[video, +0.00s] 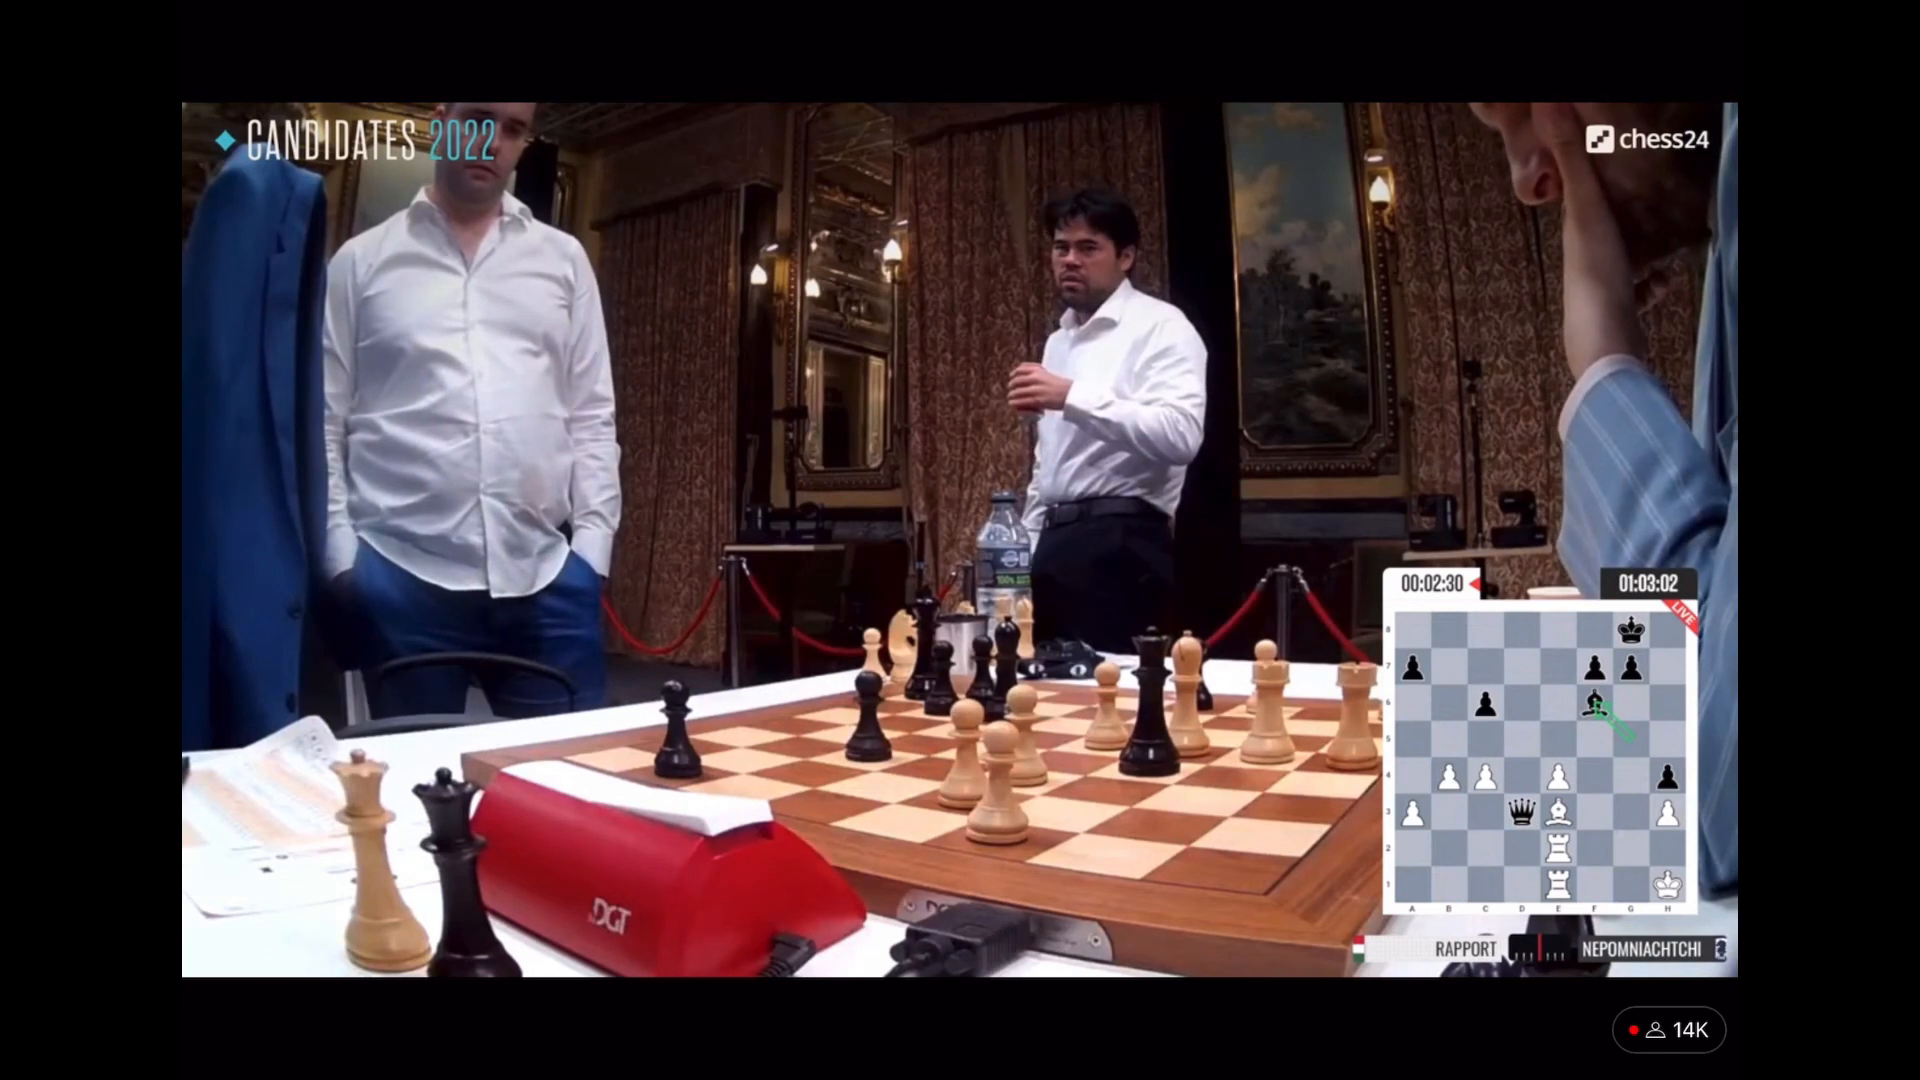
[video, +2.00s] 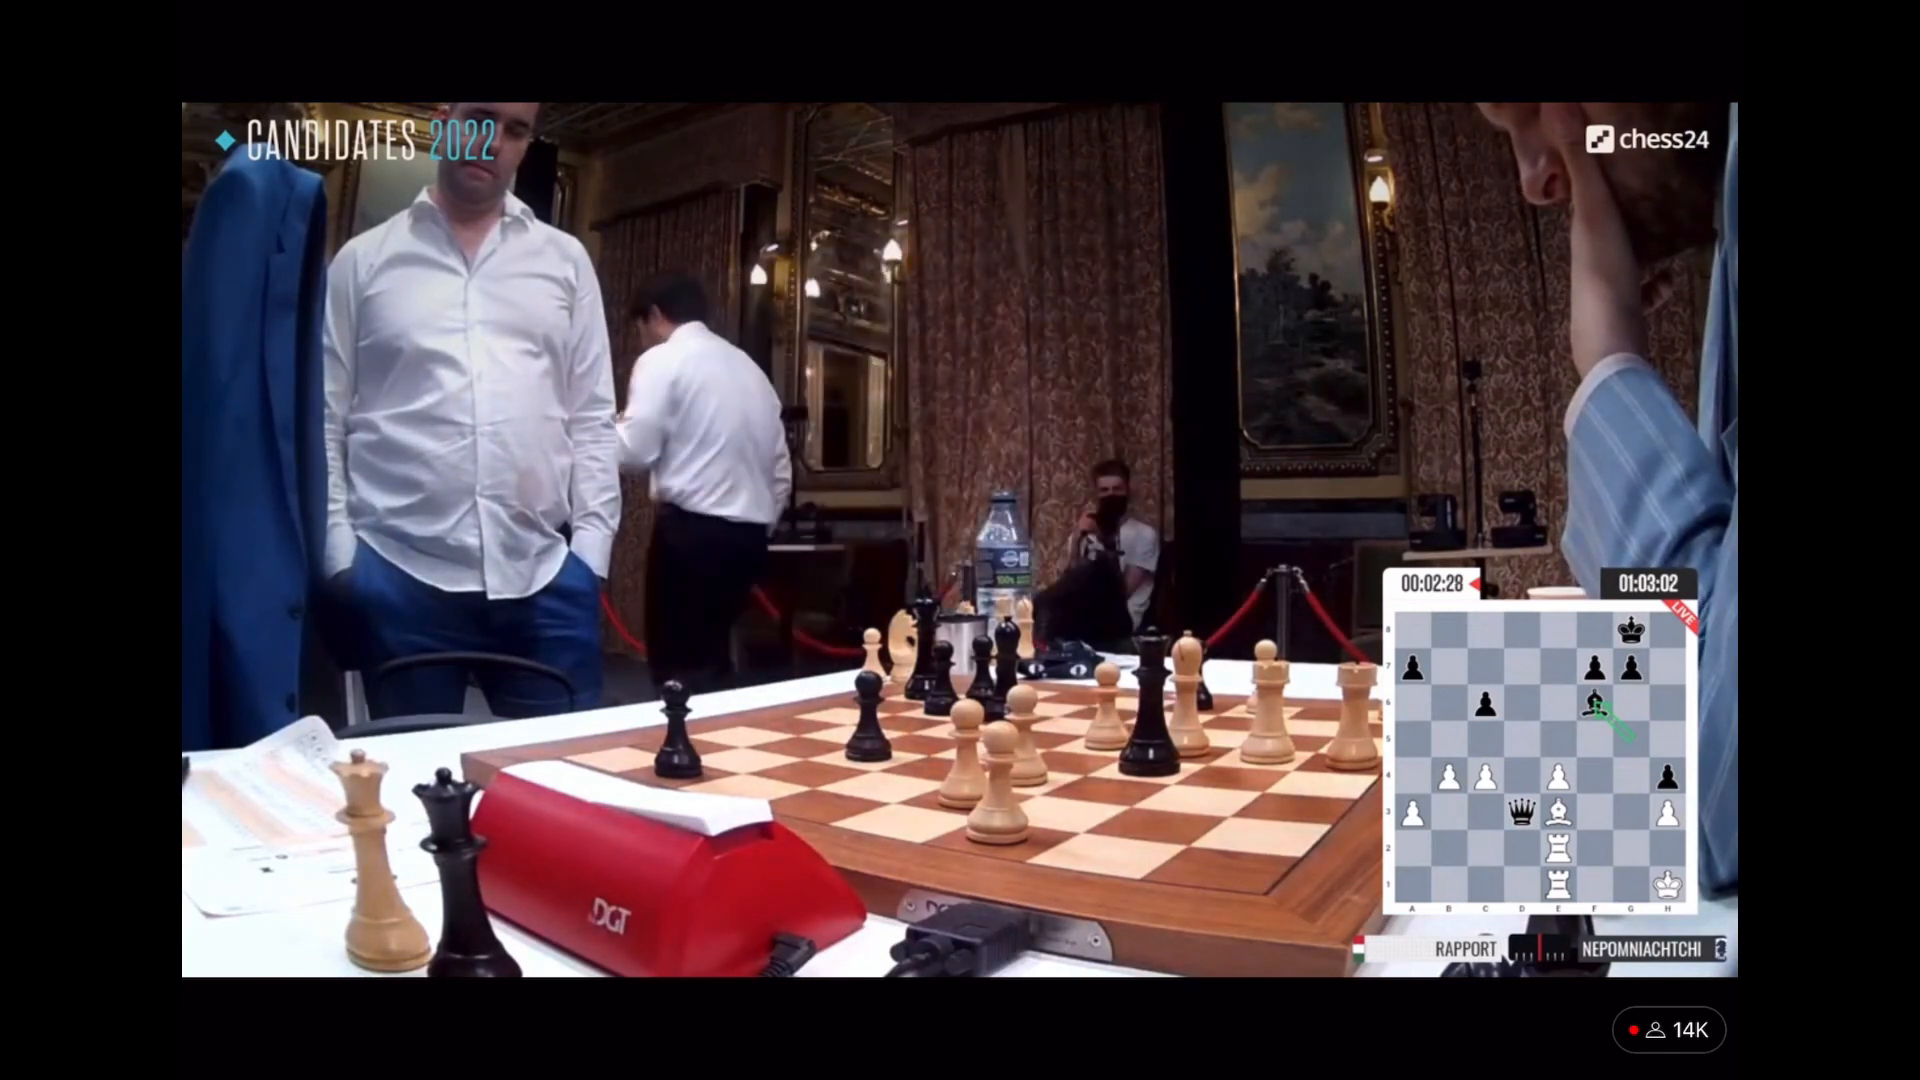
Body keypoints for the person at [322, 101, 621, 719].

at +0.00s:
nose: (489, 144)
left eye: (511, 130)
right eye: (475, 120)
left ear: (528, 144)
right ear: (439, 120)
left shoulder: (563, 259)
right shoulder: (360, 263)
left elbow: (592, 416)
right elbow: (325, 420)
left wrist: (590, 550)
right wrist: (343, 562)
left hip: (549, 584)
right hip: (403, 586)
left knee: (575, 787)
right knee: (417, 792)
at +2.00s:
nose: (490, 144)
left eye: (513, 131)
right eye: (477, 120)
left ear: (530, 145)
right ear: (441, 121)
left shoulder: (565, 260)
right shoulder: (362, 262)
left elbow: (592, 417)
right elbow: (326, 418)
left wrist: (588, 553)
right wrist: (341, 560)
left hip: (546, 583)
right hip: (401, 585)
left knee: (570, 786)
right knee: (412, 789)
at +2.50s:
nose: (489, 144)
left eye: (513, 131)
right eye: (477, 120)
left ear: (529, 146)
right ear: (442, 121)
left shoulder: (564, 260)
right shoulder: (362, 263)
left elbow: (593, 415)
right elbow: (325, 419)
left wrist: (589, 552)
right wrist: (341, 561)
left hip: (546, 584)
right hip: (401, 585)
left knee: (568, 788)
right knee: (415, 790)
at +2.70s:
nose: (489, 144)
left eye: (512, 131)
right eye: (476, 120)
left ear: (529, 146)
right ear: (441, 121)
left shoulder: (563, 261)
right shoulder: (361, 263)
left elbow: (592, 419)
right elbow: (325, 420)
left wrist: (587, 555)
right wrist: (342, 562)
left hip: (547, 585)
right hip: (403, 587)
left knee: (562, 791)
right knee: (423, 792)